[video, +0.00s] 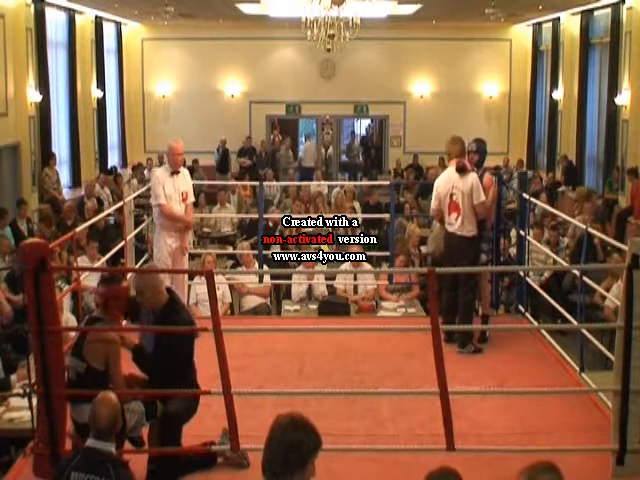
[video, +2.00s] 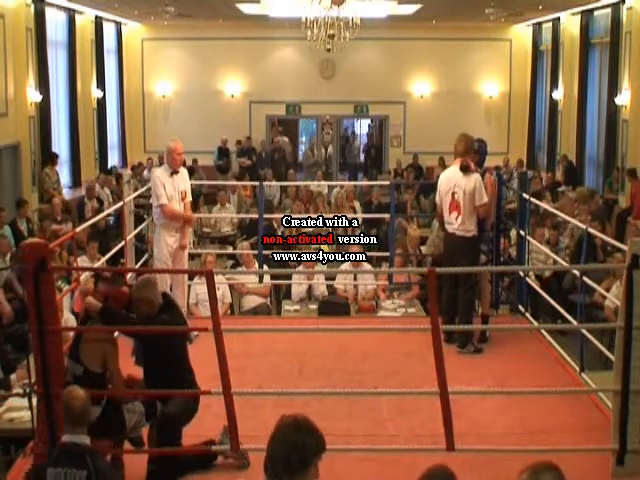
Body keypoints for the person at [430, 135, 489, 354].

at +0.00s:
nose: (458, 157)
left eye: (452, 154)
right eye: (462, 154)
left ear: (447, 155)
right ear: (465, 154)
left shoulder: (441, 180)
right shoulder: (472, 178)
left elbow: (435, 211)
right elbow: (481, 210)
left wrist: (447, 223)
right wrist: (491, 193)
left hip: (449, 235)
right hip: (469, 235)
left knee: (449, 283)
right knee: (467, 285)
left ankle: (448, 328)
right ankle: (465, 337)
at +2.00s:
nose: (474, 156)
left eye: (472, 153)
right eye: (474, 153)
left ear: (455, 152)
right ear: (472, 153)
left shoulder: (444, 175)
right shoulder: (474, 178)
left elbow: (439, 207)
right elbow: (482, 211)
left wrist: (446, 227)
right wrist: (489, 190)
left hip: (449, 235)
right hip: (468, 236)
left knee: (449, 282)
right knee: (467, 285)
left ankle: (448, 327)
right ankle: (464, 336)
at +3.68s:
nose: (470, 154)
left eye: (463, 150)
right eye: (470, 151)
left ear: (452, 152)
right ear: (469, 151)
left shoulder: (443, 176)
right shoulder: (473, 175)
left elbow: (438, 205)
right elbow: (484, 203)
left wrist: (446, 224)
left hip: (450, 235)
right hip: (469, 236)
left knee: (449, 282)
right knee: (468, 284)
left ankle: (448, 327)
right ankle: (464, 334)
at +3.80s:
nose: (469, 154)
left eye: (465, 150)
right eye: (469, 151)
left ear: (452, 152)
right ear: (469, 152)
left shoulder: (443, 176)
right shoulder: (473, 175)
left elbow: (438, 205)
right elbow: (485, 197)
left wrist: (446, 225)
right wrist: (478, 174)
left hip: (450, 235)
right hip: (468, 236)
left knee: (449, 283)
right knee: (467, 284)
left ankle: (449, 327)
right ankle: (464, 334)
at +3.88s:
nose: (471, 155)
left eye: (468, 151)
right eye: (471, 151)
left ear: (452, 152)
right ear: (469, 152)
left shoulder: (442, 176)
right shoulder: (474, 175)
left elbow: (438, 206)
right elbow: (484, 197)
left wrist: (446, 225)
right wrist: (478, 173)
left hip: (450, 235)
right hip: (468, 236)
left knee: (449, 283)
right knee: (467, 285)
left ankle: (448, 327)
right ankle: (464, 335)